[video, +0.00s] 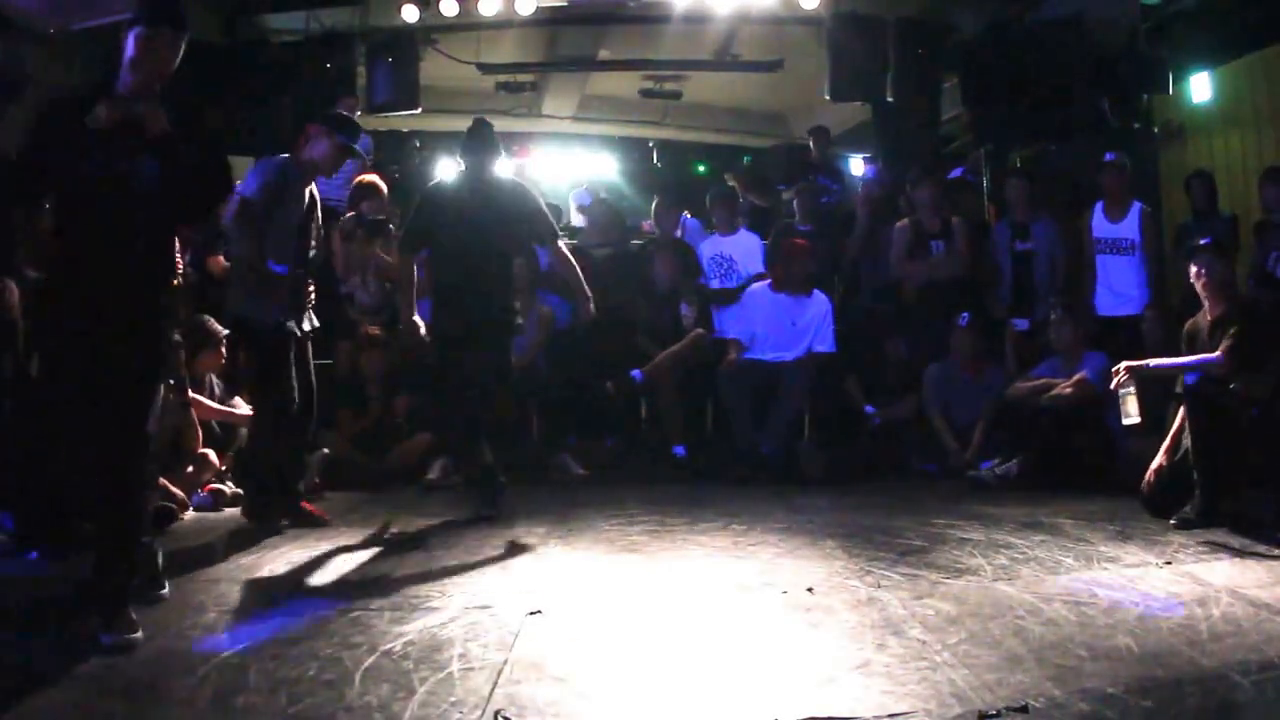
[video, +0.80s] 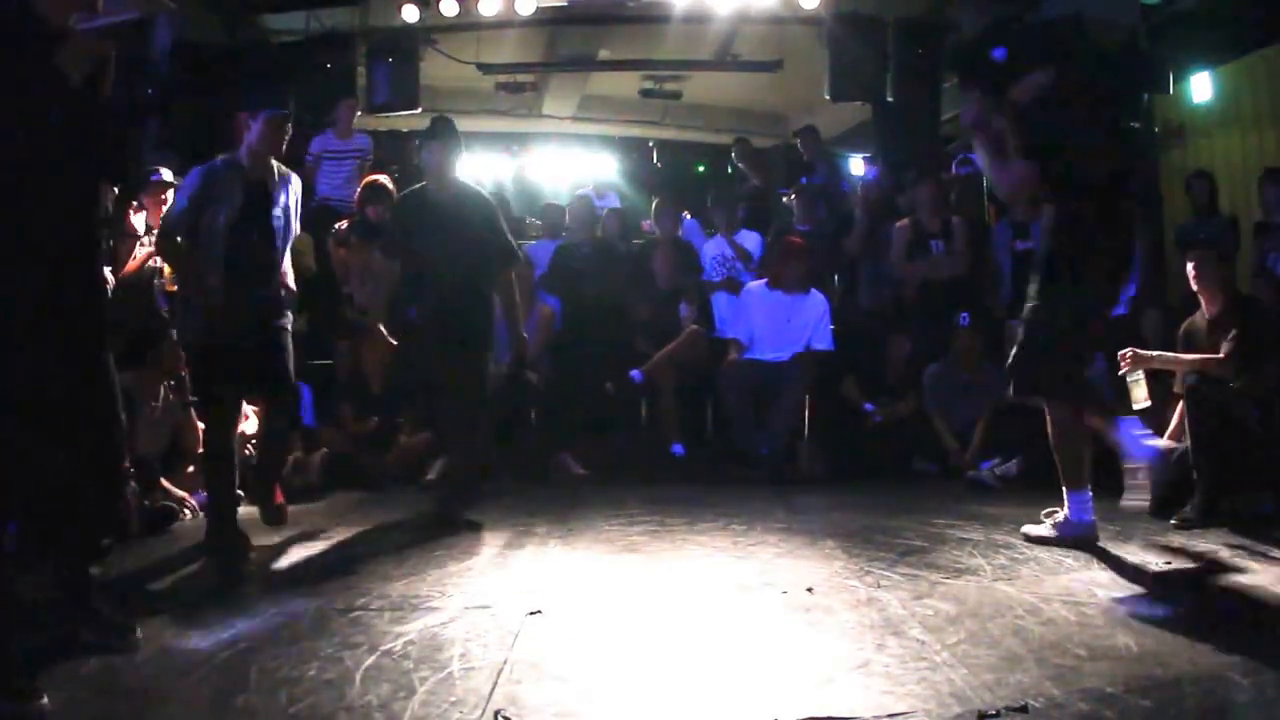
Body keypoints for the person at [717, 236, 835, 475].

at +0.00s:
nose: (806, 268)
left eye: (807, 261)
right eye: (798, 261)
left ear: (810, 265)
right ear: (778, 266)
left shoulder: (819, 302)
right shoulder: (755, 294)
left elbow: (823, 351)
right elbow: (737, 336)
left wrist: (802, 363)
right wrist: (733, 355)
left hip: (792, 363)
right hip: (755, 363)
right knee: (730, 375)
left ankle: (773, 451)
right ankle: (746, 449)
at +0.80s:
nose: (796, 269)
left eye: (800, 263)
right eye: (790, 262)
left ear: (805, 266)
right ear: (777, 264)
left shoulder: (816, 302)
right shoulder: (752, 292)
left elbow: (821, 351)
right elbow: (738, 339)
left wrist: (802, 360)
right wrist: (733, 357)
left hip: (790, 364)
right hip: (754, 363)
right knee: (730, 374)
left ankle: (778, 449)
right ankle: (747, 447)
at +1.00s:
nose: (794, 269)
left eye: (799, 263)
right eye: (788, 262)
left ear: (805, 266)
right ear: (776, 264)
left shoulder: (816, 301)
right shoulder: (753, 292)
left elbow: (821, 352)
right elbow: (740, 339)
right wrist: (733, 356)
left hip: (792, 361)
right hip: (756, 360)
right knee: (732, 376)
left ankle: (775, 450)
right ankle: (745, 448)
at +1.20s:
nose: (793, 268)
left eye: (796, 262)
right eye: (789, 260)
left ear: (802, 265)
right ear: (773, 262)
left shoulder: (805, 294)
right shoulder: (752, 292)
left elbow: (812, 339)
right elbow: (740, 338)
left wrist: (797, 305)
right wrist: (734, 355)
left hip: (791, 361)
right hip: (757, 360)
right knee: (731, 376)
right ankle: (744, 444)